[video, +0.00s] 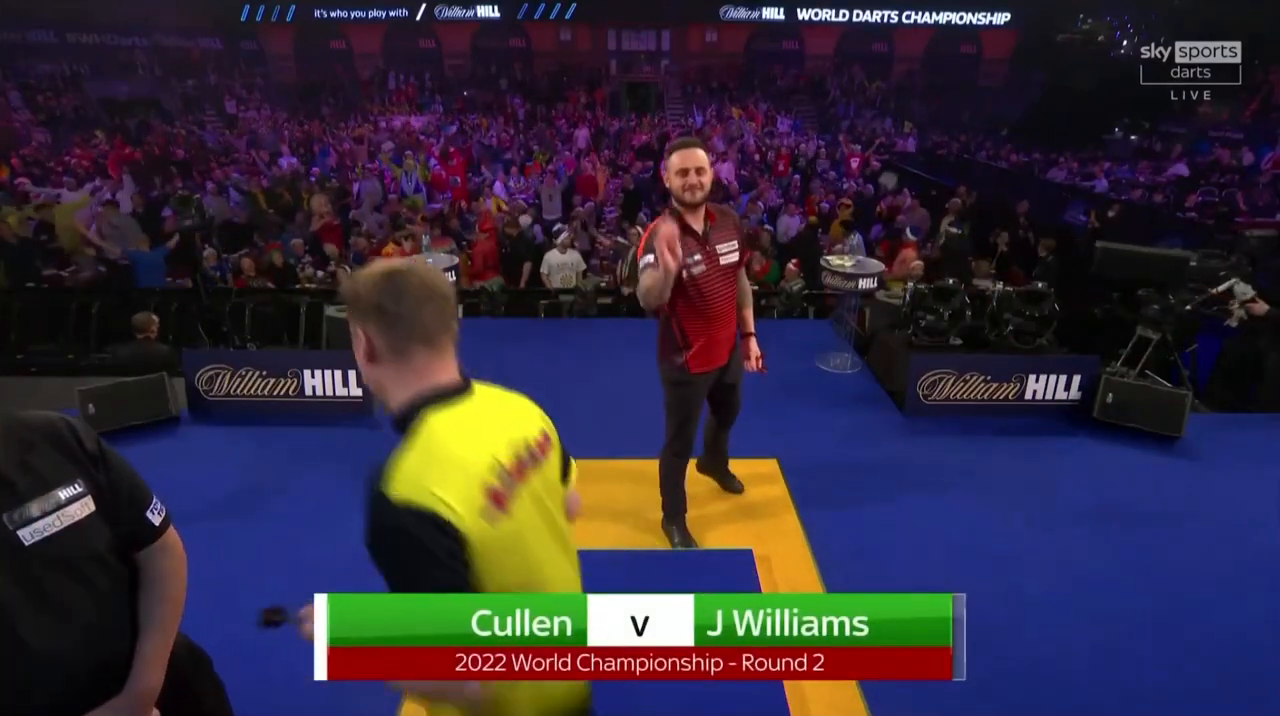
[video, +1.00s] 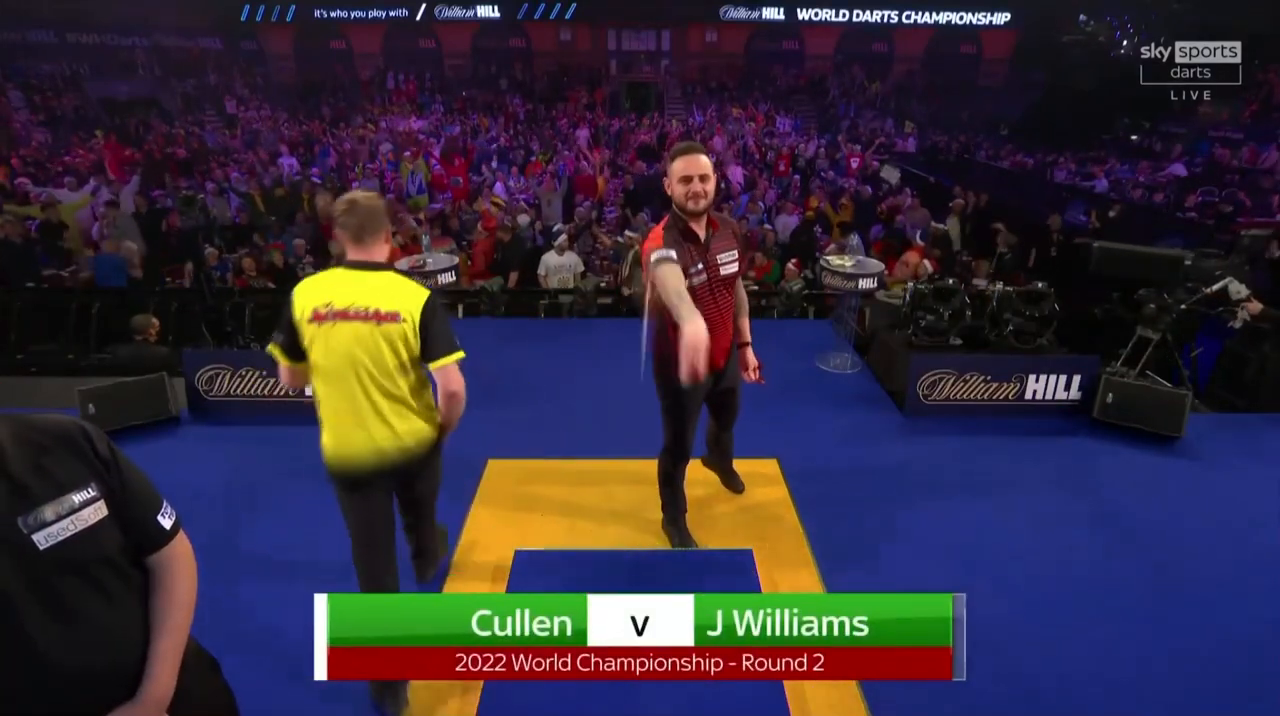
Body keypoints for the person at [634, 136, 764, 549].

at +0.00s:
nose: (693, 179)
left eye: (699, 170)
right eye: (682, 173)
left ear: (711, 174)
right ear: (666, 179)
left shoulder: (727, 219)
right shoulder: (661, 233)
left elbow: (739, 277)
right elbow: (649, 300)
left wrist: (749, 334)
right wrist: (668, 268)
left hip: (727, 346)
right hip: (685, 356)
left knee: (726, 410)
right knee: (680, 442)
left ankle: (713, 460)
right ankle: (674, 517)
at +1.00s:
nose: (696, 187)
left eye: (704, 178)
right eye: (685, 180)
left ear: (715, 181)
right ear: (669, 186)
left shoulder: (727, 230)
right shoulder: (661, 241)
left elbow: (736, 287)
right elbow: (672, 286)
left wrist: (745, 344)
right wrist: (690, 321)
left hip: (725, 352)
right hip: (680, 357)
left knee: (726, 413)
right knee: (678, 446)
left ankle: (719, 457)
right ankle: (674, 517)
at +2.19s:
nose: (687, 185)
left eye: (695, 176)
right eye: (677, 177)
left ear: (707, 180)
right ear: (663, 185)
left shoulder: (725, 226)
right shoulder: (652, 237)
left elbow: (740, 284)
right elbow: (633, 303)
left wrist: (745, 342)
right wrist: (653, 265)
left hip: (724, 352)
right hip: (681, 361)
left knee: (730, 410)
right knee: (677, 446)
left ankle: (715, 460)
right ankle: (674, 520)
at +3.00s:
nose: (695, 185)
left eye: (702, 176)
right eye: (684, 178)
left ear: (713, 180)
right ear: (667, 186)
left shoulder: (725, 228)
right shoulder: (660, 241)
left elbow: (737, 289)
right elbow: (670, 285)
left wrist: (745, 346)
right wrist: (673, 307)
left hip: (724, 354)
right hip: (683, 361)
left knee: (728, 412)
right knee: (678, 447)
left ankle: (719, 457)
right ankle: (674, 520)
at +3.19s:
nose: (697, 188)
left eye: (704, 178)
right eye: (686, 181)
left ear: (714, 181)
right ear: (669, 187)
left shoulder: (726, 229)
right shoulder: (661, 243)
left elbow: (737, 287)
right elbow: (674, 312)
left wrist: (743, 345)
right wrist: (696, 369)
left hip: (722, 355)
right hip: (679, 363)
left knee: (723, 415)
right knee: (677, 445)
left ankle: (713, 462)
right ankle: (674, 520)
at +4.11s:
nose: (693, 188)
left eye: (701, 179)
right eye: (683, 180)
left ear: (713, 183)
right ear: (667, 187)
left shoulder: (729, 229)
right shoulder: (657, 242)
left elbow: (743, 289)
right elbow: (636, 310)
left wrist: (747, 347)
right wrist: (659, 316)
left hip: (724, 354)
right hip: (680, 364)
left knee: (731, 416)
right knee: (679, 445)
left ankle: (714, 462)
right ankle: (674, 520)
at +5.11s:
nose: (711, 194)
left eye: (718, 184)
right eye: (699, 187)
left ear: (729, 187)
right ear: (681, 193)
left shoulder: (741, 238)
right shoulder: (673, 249)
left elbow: (747, 300)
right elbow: (686, 311)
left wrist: (763, 362)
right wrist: (712, 360)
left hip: (736, 363)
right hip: (689, 368)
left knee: (757, 448)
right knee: (682, 456)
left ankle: (730, 501)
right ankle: (674, 520)